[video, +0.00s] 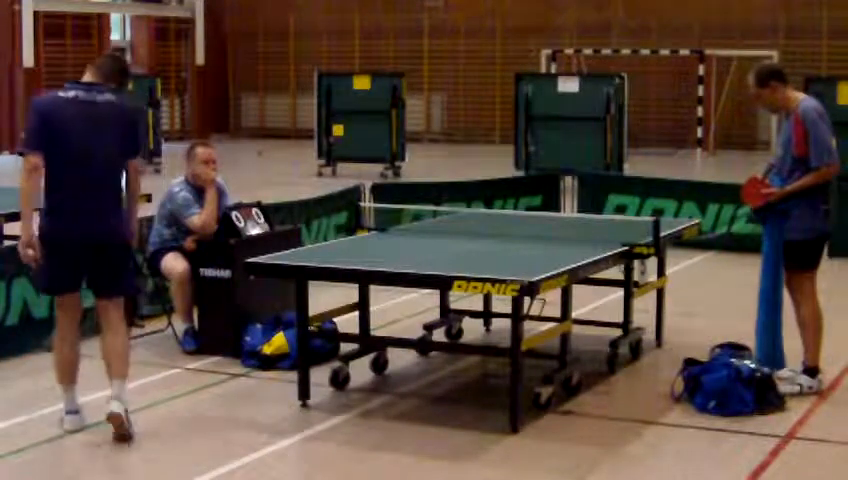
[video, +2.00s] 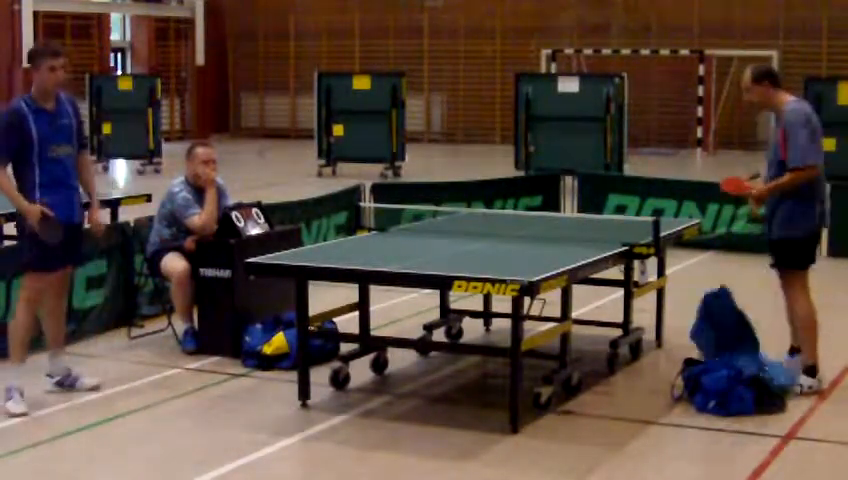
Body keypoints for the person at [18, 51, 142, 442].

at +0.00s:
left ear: (87, 70)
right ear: (118, 84)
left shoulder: (47, 105)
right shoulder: (124, 111)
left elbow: (33, 166)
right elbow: (135, 172)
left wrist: (27, 229)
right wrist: (132, 220)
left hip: (61, 228)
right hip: (109, 228)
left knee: (66, 315)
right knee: (113, 314)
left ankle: (71, 407)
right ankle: (118, 399)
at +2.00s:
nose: (59, 76)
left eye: (62, 69)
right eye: (52, 70)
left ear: (65, 72)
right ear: (33, 72)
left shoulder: (71, 108)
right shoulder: (15, 115)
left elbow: (82, 157)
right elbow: (0, 169)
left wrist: (94, 203)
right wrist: (23, 205)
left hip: (70, 214)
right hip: (38, 216)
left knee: (60, 288)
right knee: (32, 291)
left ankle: (57, 368)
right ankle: (13, 383)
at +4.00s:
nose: (179, 76)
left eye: (177, 68)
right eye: (175, 69)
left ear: (152, 70)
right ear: (162, 70)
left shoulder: (154, 115)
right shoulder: (135, 119)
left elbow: (160, 180)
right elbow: (132, 191)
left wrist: (189, 202)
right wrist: (184, 217)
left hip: (170, 240)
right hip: (147, 245)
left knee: (189, 313)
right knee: (153, 331)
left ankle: (123, 384)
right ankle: (168, 430)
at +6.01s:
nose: (242, 78)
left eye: (241, 70)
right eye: (241, 71)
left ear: (199, 68)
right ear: (229, 71)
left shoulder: (168, 115)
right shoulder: (227, 122)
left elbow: (156, 174)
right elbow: (239, 196)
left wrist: (184, 222)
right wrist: (283, 226)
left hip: (186, 251)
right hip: (235, 252)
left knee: (179, 342)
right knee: (263, 338)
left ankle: (176, 455)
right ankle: (271, 448)